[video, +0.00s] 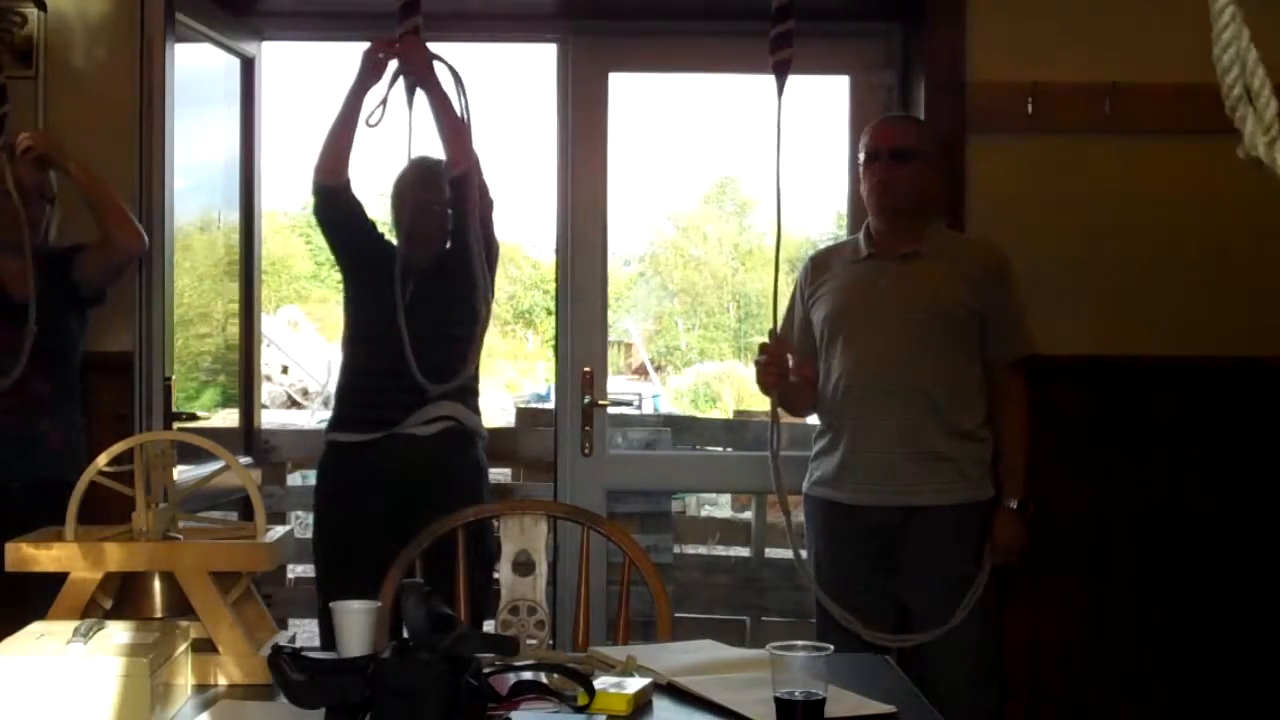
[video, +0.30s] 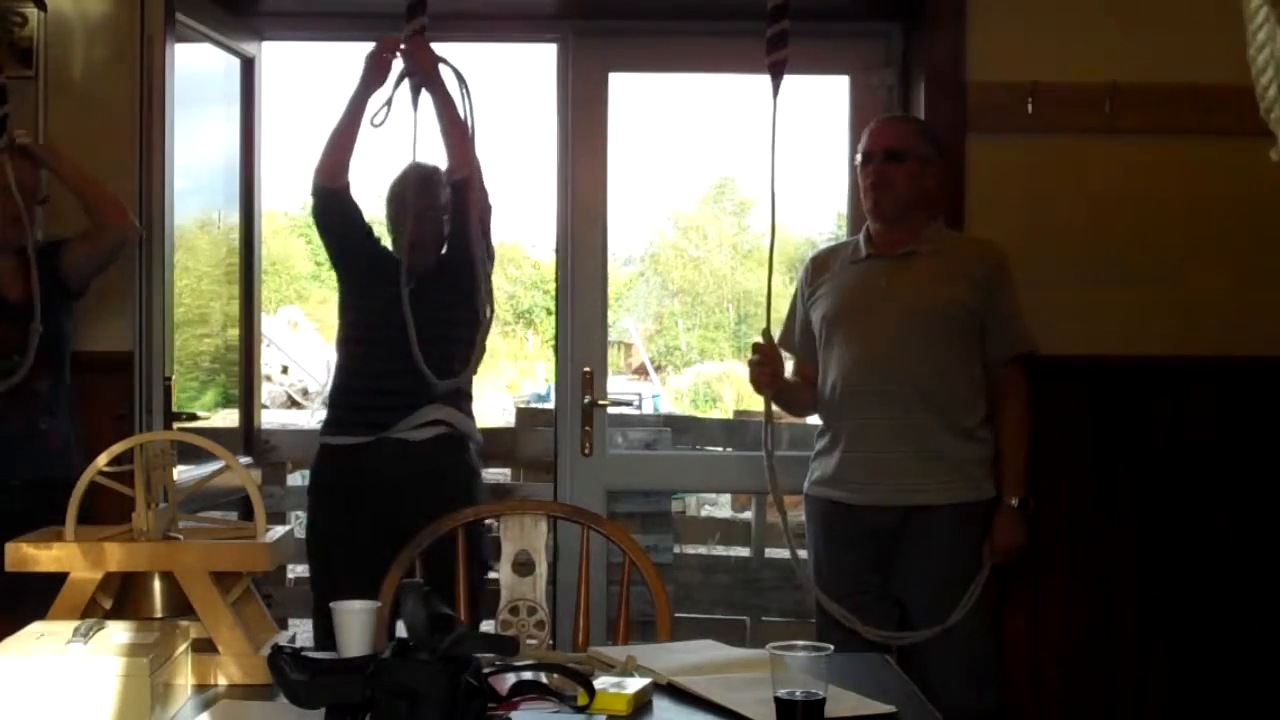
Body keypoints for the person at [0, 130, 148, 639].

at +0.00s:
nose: (29, 208)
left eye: (37, 196)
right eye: (18, 195)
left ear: (51, 204)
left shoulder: (58, 271)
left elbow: (130, 244)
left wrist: (67, 162)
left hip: (52, 469)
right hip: (7, 470)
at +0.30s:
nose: (18, 208)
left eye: (25, 193)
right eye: (10, 192)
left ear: (37, 200)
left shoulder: (47, 269)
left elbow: (118, 227)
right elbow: (117, 227)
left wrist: (45, 153)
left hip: (47, 468)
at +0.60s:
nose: (11, 209)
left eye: (14, 197)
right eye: (6, 196)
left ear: (23, 202)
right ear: (4, 206)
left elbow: (103, 212)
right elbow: (102, 213)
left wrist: (27, 155)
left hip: (40, 460)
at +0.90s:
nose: (8, 209)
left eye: (10, 199)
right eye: (5, 198)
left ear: (17, 206)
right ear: (8, 209)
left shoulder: (24, 264)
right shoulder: (23, 265)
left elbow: (93, 207)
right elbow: (93, 207)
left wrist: (26, 165)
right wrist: (27, 165)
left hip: (35, 455)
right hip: (23, 458)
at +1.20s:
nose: (8, 210)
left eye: (10, 202)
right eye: (4, 203)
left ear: (18, 207)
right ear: (8, 213)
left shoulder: (23, 263)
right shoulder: (22, 263)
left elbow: (93, 208)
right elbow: (93, 208)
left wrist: (23, 157)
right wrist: (24, 159)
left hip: (32, 451)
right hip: (23, 454)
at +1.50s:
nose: (9, 213)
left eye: (10, 204)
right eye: (6, 205)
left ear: (17, 209)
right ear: (9, 213)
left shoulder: (21, 266)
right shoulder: (21, 267)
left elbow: (96, 223)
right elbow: (96, 223)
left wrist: (27, 161)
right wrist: (27, 161)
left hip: (30, 459)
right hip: (23, 462)